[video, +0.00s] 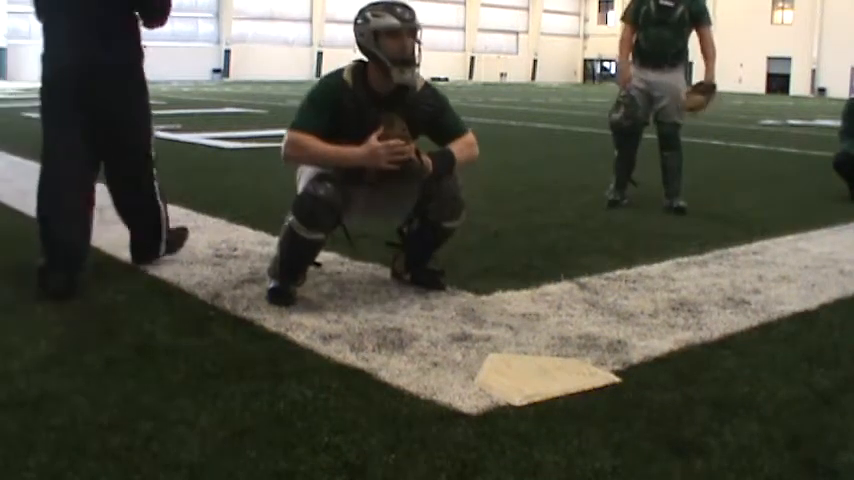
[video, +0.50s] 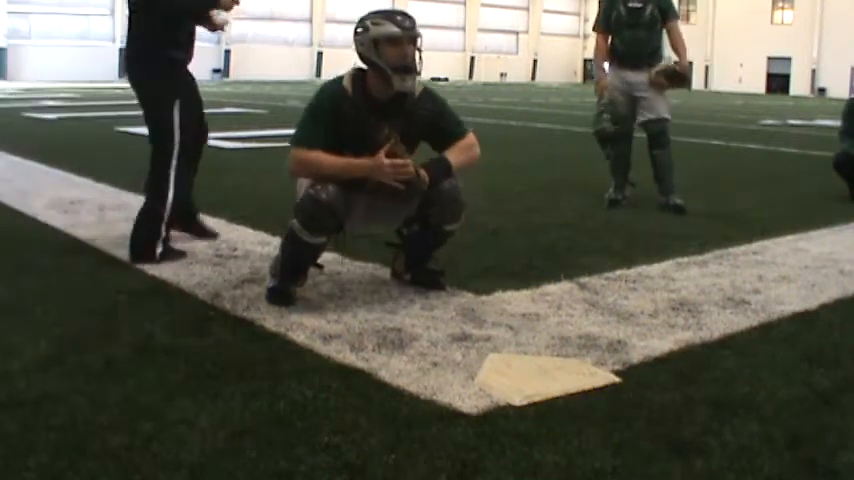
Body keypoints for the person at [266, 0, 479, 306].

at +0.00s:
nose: (406, 46)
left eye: (410, 37)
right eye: (394, 37)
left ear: (417, 40)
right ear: (369, 42)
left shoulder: (421, 95)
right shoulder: (334, 89)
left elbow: (469, 147)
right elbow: (293, 148)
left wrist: (429, 163)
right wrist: (362, 156)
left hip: (392, 187)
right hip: (337, 185)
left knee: (445, 190)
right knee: (322, 193)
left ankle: (412, 266)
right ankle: (285, 278)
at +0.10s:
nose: (408, 55)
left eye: (411, 45)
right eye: (396, 46)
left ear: (418, 48)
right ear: (370, 50)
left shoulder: (423, 103)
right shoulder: (334, 96)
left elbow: (470, 151)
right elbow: (294, 153)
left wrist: (427, 170)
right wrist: (363, 163)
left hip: (392, 192)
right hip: (336, 189)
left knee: (445, 193)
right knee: (323, 197)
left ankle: (412, 266)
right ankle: (285, 278)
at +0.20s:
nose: (407, 65)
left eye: (411, 56)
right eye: (395, 56)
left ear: (417, 58)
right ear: (369, 61)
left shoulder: (420, 111)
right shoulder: (337, 105)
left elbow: (473, 154)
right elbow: (295, 164)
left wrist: (427, 174)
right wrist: (365, 172)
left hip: (393, 203)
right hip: (341, 202)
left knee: (447, 196)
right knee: (321, 200)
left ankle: (411, 267)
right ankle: (285, 279)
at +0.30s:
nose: (405, 67)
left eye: (409, 58)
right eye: (393, 59)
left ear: (415, 60)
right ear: (368, 63)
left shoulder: (421, 113)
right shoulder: (336, 109)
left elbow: (473, 155)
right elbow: (298, 168)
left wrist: (427, 176)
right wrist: (368, 173)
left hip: (396, 214)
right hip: (343, 213)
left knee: (450, 198)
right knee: (320, 201)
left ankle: (411, 267)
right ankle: (285, 280)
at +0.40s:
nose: (405, 59)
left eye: (409, 50)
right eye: (393, 51)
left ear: (416, 53)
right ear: (368, 55)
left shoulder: (422, 107)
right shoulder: (335, 102)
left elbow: (470, 152)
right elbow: (299, 164)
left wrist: (426, 175)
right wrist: (368, 170)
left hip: (393, 199)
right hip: (340, 200)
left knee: (448, 198)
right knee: (324, 203)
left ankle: (410, 267)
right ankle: (285, 279)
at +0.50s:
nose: (408, 54)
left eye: (411, 45)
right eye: (395, 45)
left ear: (417, 47)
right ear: (369, 50)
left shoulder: (421, 100)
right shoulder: (334, 96)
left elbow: (470, 147)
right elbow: (299, 162)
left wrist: (426, 173)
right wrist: (369, 168)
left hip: (392, 198)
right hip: (339, 198)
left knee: (446, 193)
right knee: (322, 199)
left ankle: (411, 266)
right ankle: (286, 278)